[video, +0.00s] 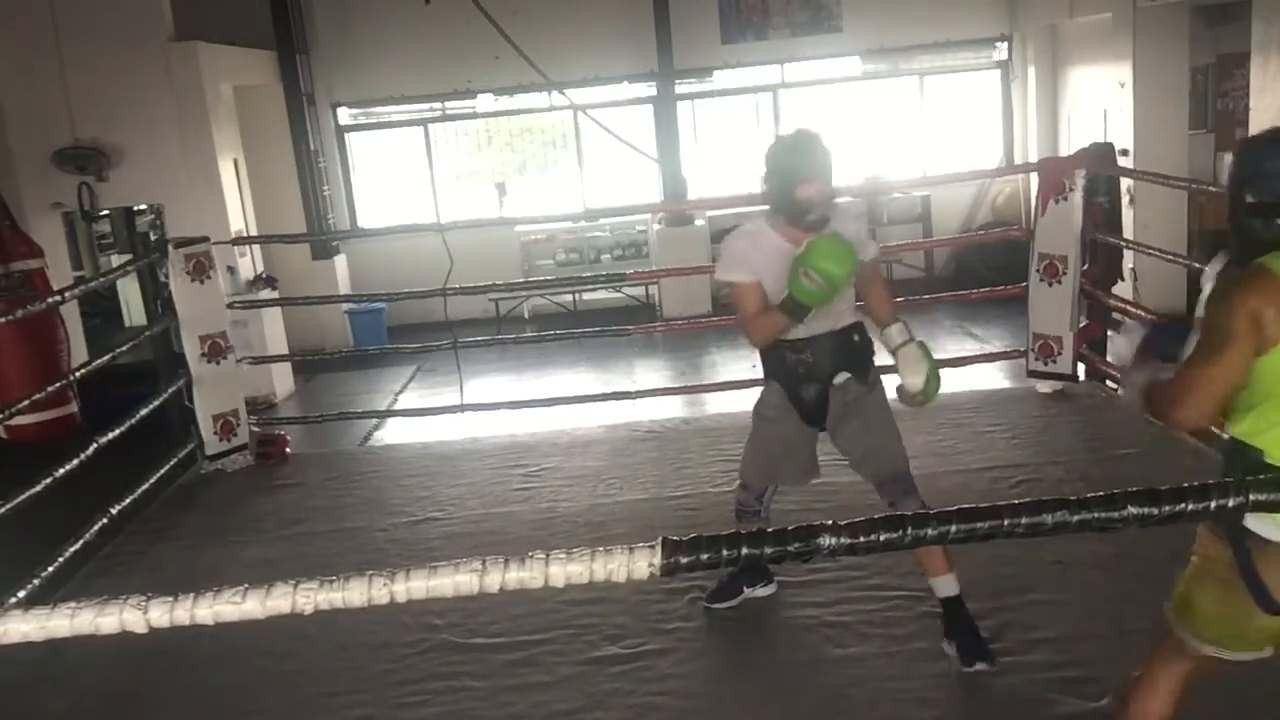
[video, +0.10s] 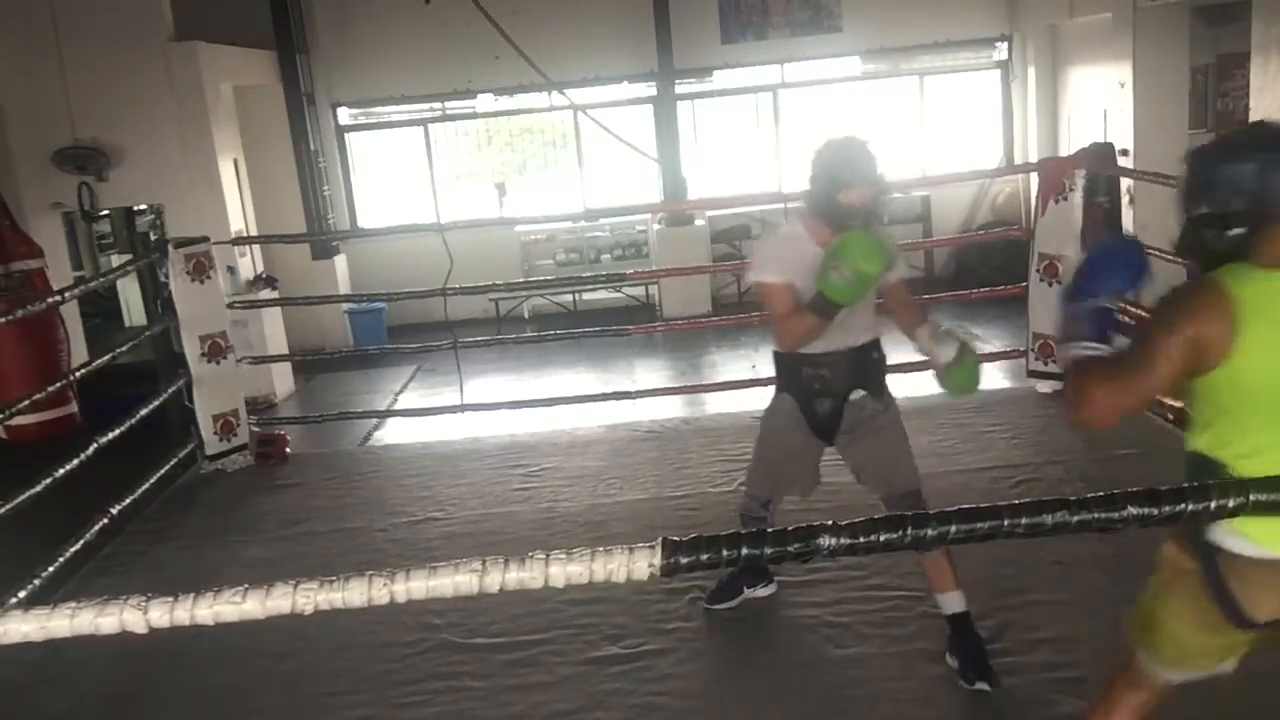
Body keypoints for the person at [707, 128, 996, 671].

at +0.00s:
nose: (818, 191)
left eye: (823, 178)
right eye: (804, 181)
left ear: (830, 180)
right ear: (778, 186)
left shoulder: (847, 227)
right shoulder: (746, 247)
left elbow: (873, 290)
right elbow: (757, 332)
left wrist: (903, 343)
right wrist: (800, 297)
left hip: (853, 380)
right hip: (786, 387)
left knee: (902, 494)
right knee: (750, 494)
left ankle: (956, 615)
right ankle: (752, 573)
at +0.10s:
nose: (864, 199)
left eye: (870, 187)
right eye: (853, 187)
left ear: (876, 190)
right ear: (825, 187)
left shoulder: (874, 244)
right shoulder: (782, 248)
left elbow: (905, 308)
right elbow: (787, 335)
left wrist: (940, 347)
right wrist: (835, 291)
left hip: (865, 394)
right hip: (797, 397)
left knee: (912, 508)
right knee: (756, 502)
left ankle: (963, 633)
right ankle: (756, 570)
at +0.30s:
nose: (924, 214)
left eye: (934, 202)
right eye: (913, 200)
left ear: (942, 196)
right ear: (880, 190)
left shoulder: (929, 245)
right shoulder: (829, 234)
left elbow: (938, 332)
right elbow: (831, 329)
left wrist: (952, 303)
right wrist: (884, 279)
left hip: (891, 388)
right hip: (825, 389)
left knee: (933, 513)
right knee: (790, 499)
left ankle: (965, 638)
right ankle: (795, 559)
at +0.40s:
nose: (930, 215)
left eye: (939, 203)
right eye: (920, 202)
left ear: (947, 194)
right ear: (893, 184)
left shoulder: (928, 239)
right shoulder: (836, 222)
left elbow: (939, 330)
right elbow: (830, 321)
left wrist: (982, 290)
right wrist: (885, 274)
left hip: (894, 382)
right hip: (830, 382)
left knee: (934, 509)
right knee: (806, 507)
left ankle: (966, 640)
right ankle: (853, 557)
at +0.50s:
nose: (924, 215)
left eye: (934, 203)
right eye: (916, 202)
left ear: (942, 193)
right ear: (886, 189)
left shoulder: (928, 236)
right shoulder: (832, 226)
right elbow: (826, 319)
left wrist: (962, 279)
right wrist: (874, 278)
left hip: (898, 379)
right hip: (833, 380)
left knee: (934, 508)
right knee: (817, 505)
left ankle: (965, 640)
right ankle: (874, 572)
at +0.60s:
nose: (901, 199)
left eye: (912, 189)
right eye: (890, 187)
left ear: (923, 188)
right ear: (865, 182)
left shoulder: (922, 229)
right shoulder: (823, 226)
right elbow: (819, 321)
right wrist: (862, 272)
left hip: (903, 375)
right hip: (835, 380)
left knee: (931, 505)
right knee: (832, 499)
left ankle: (964, 635)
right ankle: (879, 581)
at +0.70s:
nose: (873, 204)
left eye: (881, 193)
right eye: (863, 193)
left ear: (897, 185)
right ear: (841, 185)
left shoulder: (914, 220)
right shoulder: (813, 230)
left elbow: (949, 283)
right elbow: (818, 321)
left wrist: (942, 210)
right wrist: (844, 276)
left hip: (906, 376)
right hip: (839, 381)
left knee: (931, 509)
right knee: (836, 499)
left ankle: (967, 635)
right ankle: (881, 583)